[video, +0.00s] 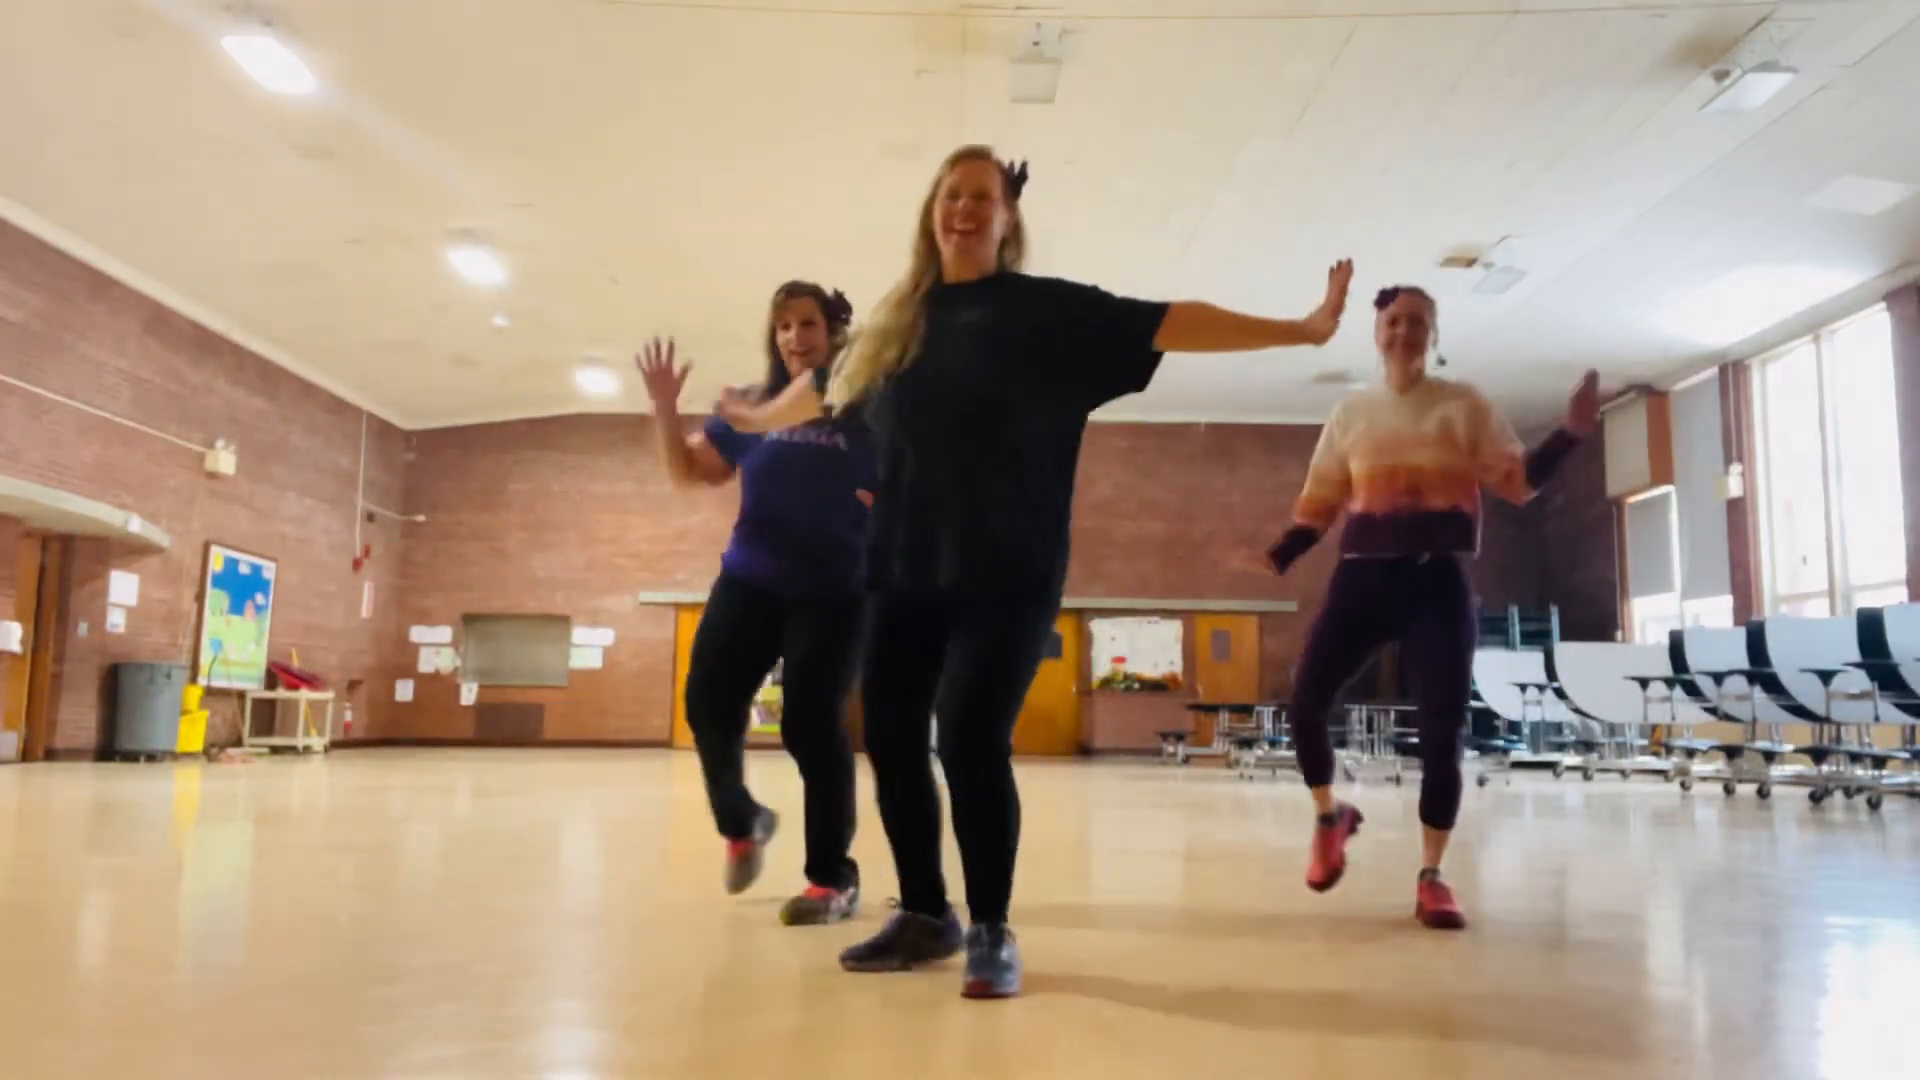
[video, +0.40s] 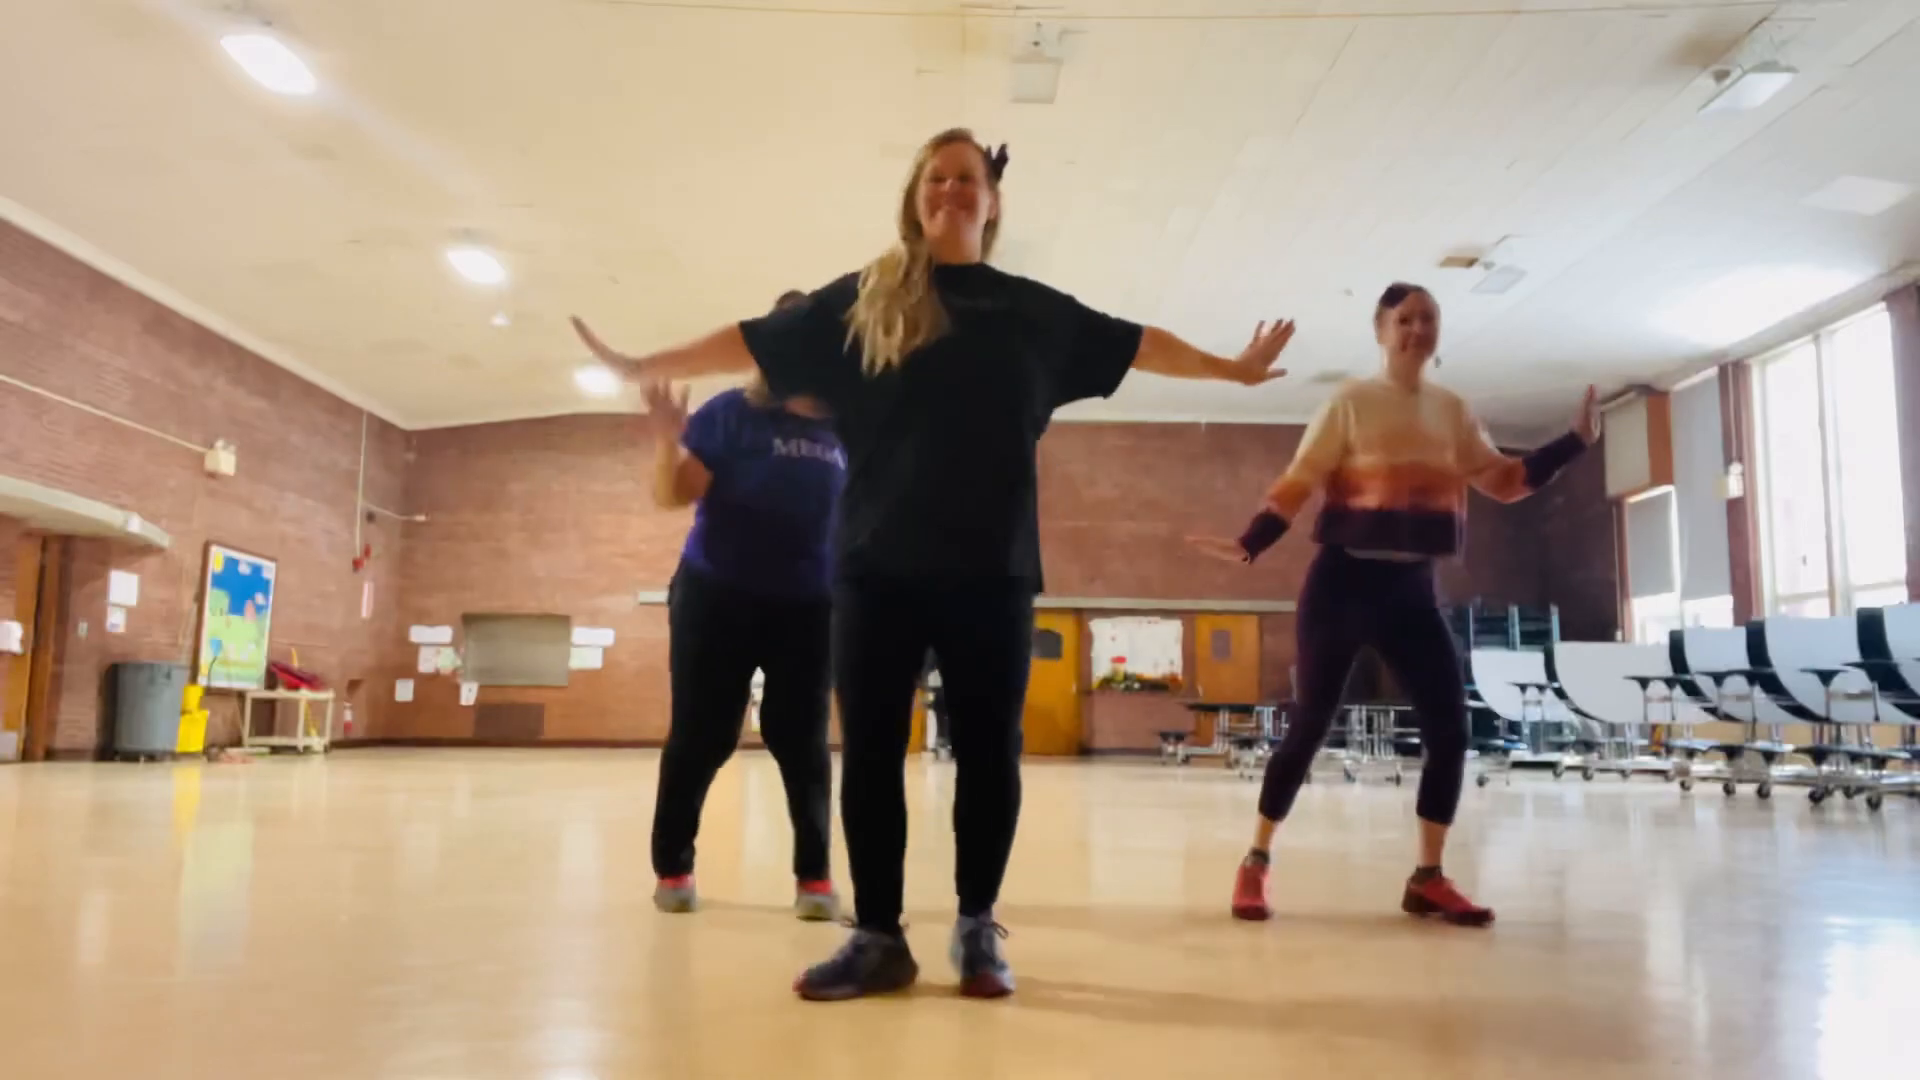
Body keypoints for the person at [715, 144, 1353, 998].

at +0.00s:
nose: (964, 207)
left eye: (981, 197)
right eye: (952, 195)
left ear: (1009, 218)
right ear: (931, 214)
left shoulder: (1048, 308)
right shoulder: (902, 321)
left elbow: (1168, 322)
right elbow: (828, 384)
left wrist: (1303, 330)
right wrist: (761, 417)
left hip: (1011, 561)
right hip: (911, 559)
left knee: (972, 738)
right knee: (888, 733)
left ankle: (990, 930)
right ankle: (924, 916)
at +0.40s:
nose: (957, 188)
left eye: (972, 179)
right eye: (941, 177)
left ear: (993, 206)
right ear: (914, 202)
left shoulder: (1027, 309)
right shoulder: (861, 302)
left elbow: (1134, 342)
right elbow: (752, 343)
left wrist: (1232, 368)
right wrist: (648, 364)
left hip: (988, 567)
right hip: (877, 565)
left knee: (988, 751)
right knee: (869, 753)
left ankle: (979, 924)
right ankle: (877, 938)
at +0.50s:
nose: (952, 198)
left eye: (967, 186)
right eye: (936, 185)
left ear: (990, 210)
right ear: (909, 210)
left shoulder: (1028, 313)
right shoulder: (858, 309)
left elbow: (1125, 341)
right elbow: (743, 339)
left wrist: (1214, 362)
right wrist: (630, 355)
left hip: (987, 570)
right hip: (873, 564)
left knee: (972, 752)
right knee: (838, 727)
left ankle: (956, 927)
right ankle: (859, 918)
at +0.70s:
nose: (937, 176)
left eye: (951, 165)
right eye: (922, 165)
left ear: (976, 185)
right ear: (896, 186)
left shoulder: (1006, 289)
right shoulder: (852, 278)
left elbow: (1072, 359)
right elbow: (751, 338)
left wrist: (1163, 396)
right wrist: (712, 397)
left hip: (972, 550)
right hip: (862, 544)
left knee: (976, 743)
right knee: (836, 726)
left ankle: (959, 919)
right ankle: (808, 899)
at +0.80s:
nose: (920, 194)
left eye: (935, 183)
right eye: (905, 183)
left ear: (961, 204)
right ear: (879, 204)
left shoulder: (995, 310)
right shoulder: (832, 305)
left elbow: (1030, 417)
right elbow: (762, 398)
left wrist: (1095, 478)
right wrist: (787, 468)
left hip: (963, 562)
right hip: (856, 559)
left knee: (1002, 738)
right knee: (851, 739)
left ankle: (959, 910)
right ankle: (793, 926)